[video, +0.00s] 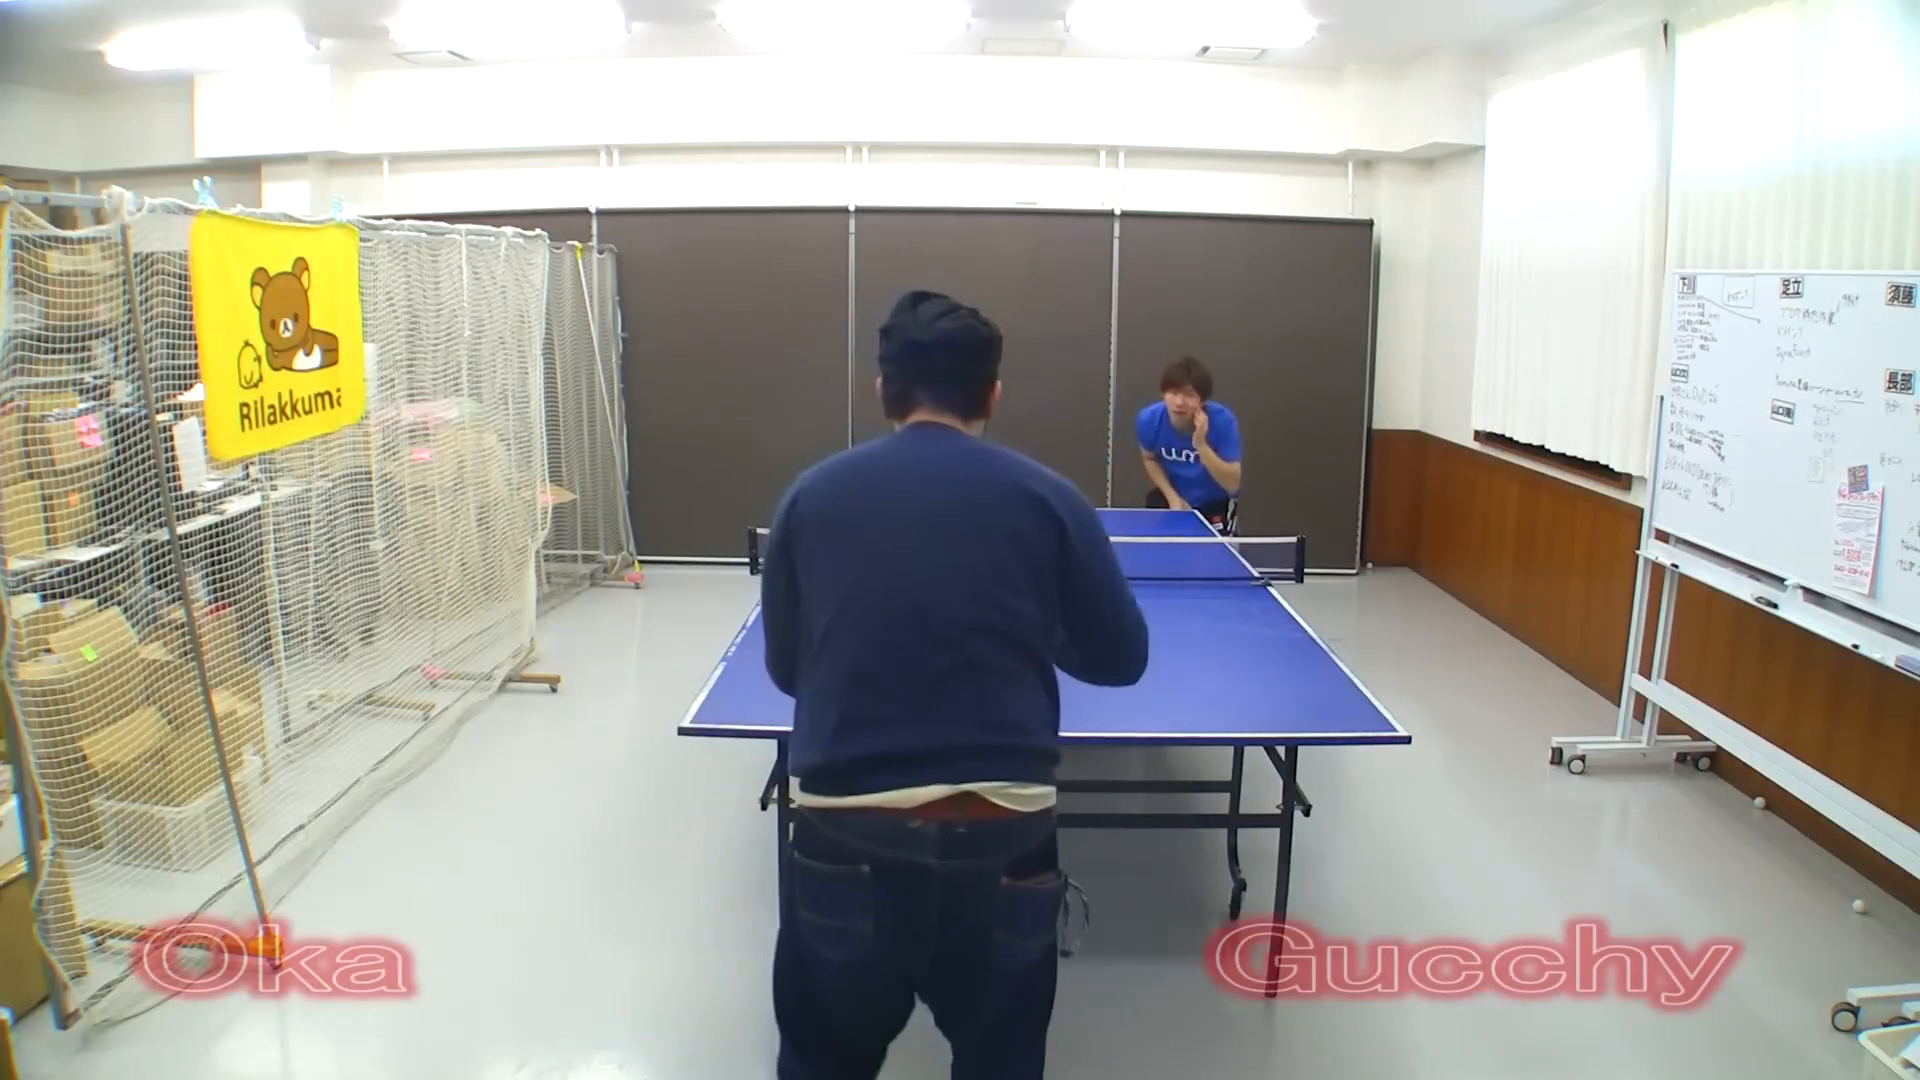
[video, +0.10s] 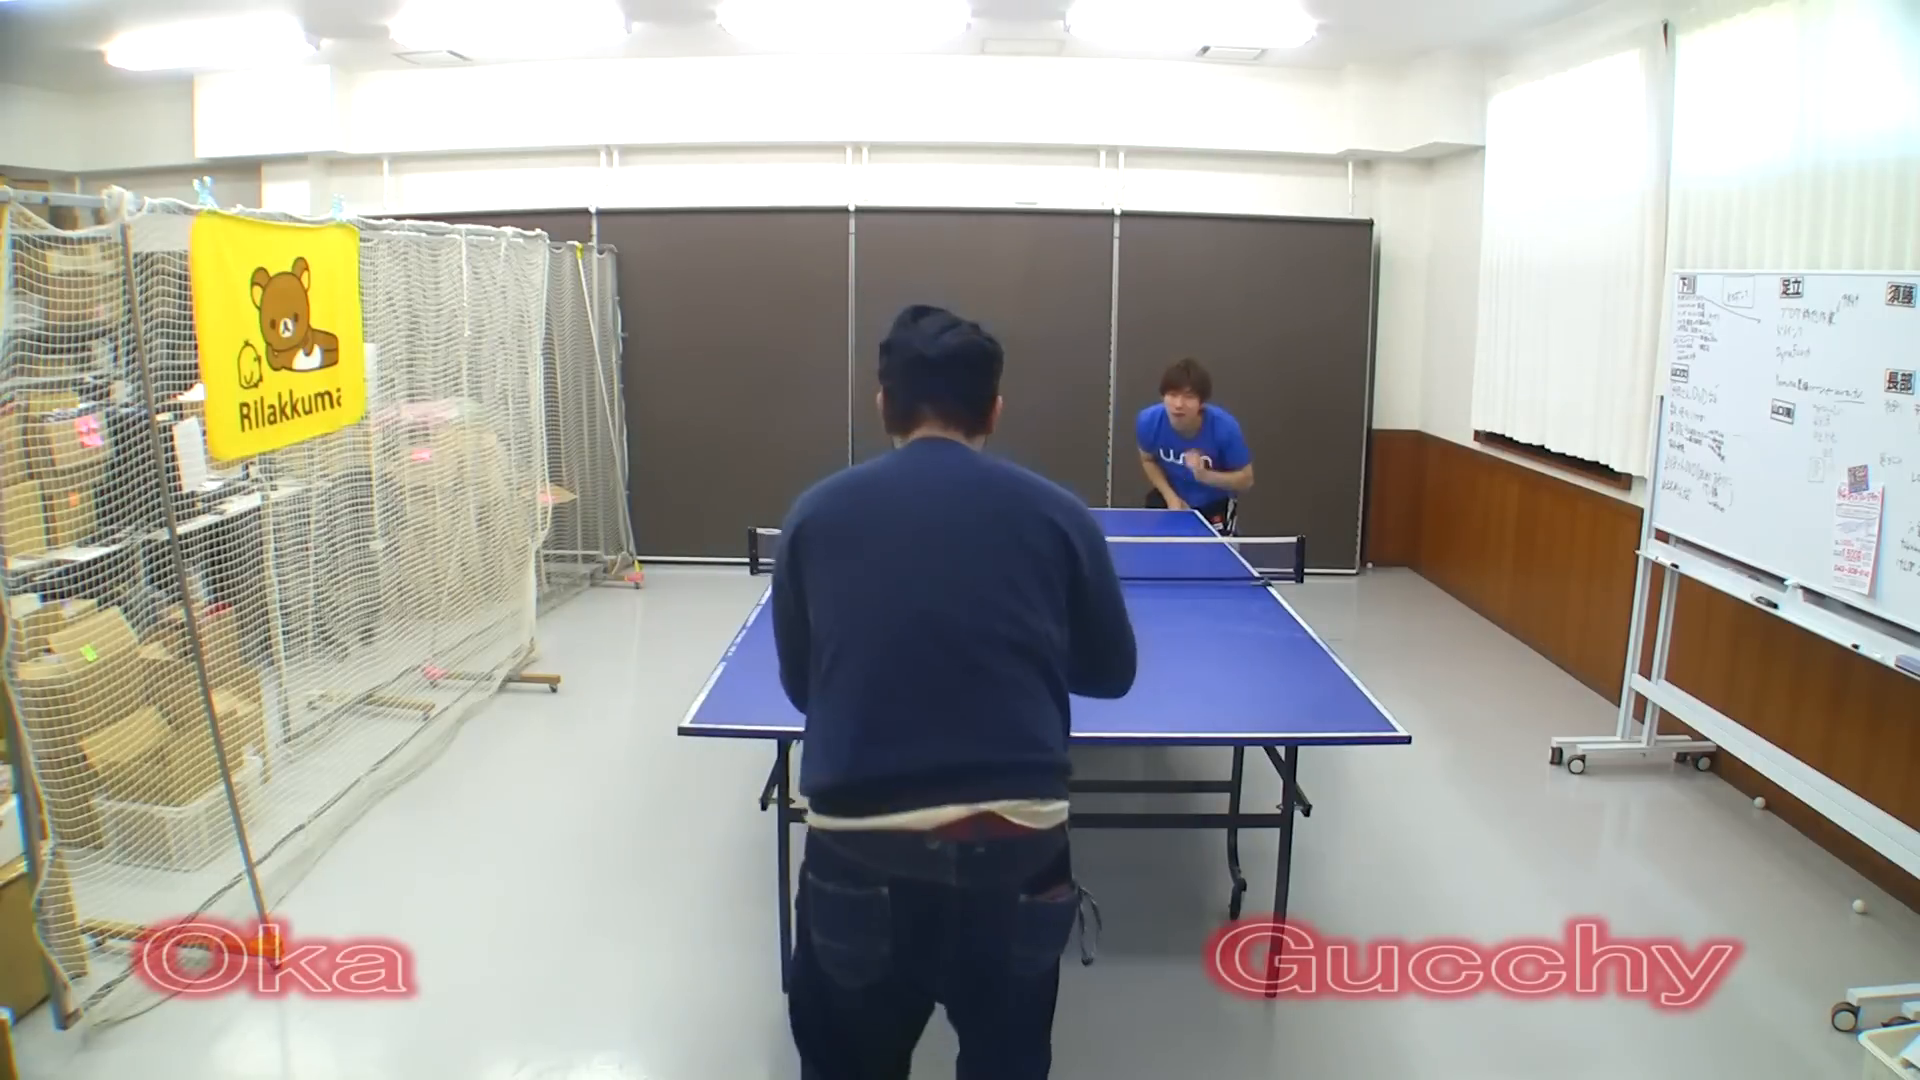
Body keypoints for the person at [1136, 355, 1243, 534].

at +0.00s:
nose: (1179, 402)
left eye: (1189, 395)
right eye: (1174, 392)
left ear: (1203, 399)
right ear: (1163, 394)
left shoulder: (1223, 421)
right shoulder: (1149, 420)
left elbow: (1232, 485)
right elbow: (1149, 458)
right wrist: (1173, 498)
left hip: (1213, 503)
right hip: (1166, 499)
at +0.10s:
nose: (1179, 404)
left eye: (1189, 397)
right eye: (1173, 395)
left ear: (1201, 402)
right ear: (1163, 397)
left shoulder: (1224, 427)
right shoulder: (1148, 422)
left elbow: (1246, 479)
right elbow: (1148, 460)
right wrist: (1171, 498)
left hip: (1213, 504)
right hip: (1166, 497)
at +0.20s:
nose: (1174, 405)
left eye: (1184, 397)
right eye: (1168, 396)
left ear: (1197, 402)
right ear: (1159, 398)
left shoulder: (1223, 428)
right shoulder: (1146, 423)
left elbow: (1243, 472)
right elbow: (1145, 461)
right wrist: (1168, 498)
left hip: (1212, 506)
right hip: (1164, 501)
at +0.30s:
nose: (1168, 402)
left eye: (1177, 394)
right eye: (1162, 394)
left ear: (1190, 398)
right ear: (1153, 396)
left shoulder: (1219, 426)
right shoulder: (1141, 422)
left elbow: (1236, 468)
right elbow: (1141, 460)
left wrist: (1205, 504)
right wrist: (1165, 498)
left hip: (1209, 503)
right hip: (1161, 501)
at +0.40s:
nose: (1161, 396)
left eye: (1170, 388)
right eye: (1154, 388)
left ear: (1183, 392)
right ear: (1145, 391)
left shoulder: (1213, 422)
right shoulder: (1135, 419)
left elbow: (1229, 463)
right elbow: (1136, 458)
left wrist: (1198, 500)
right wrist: (1159, 493)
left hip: (1204, 502)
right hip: (1155, 500)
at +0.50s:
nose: (1155, 390)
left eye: (1164, 382)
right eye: (1148, 382)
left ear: (1178, 385)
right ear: (1139, 386)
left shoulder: (1207, 417)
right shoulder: (1129, 415)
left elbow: (1224, 458)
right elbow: (1129, 455)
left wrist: (1192, 493)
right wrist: (1152, 488)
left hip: (1199, 496)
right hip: (1150, 495)